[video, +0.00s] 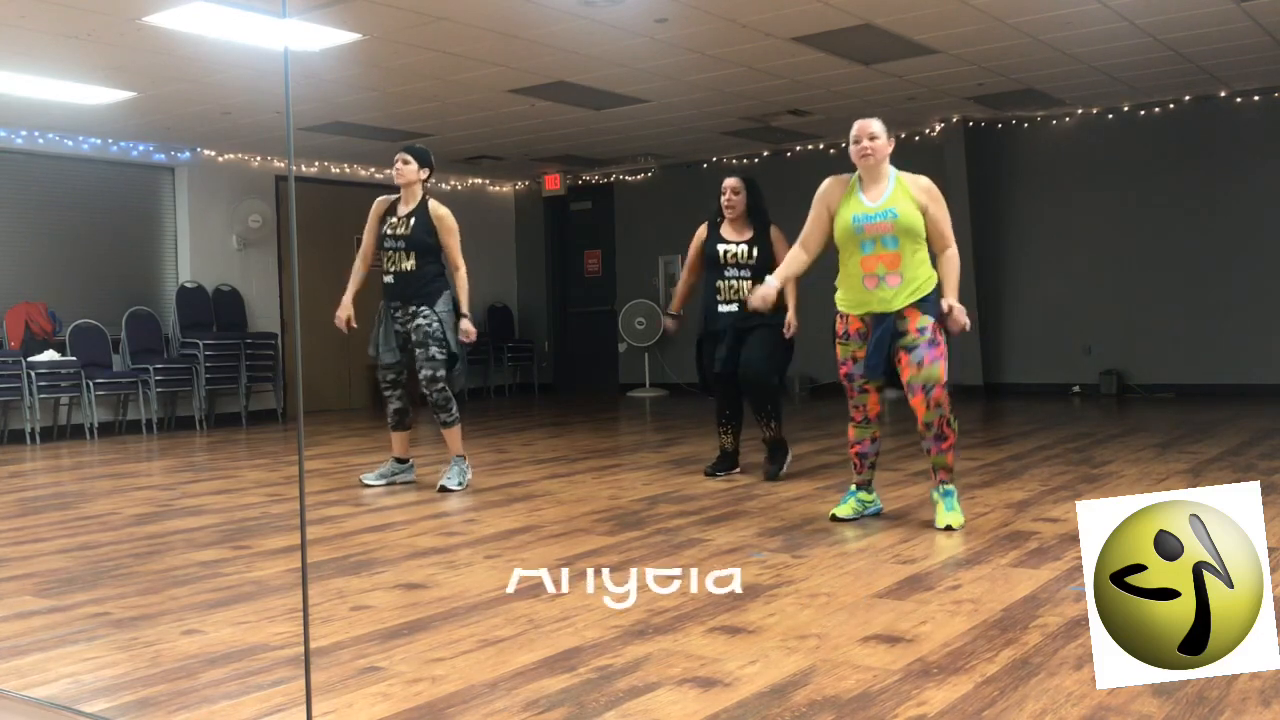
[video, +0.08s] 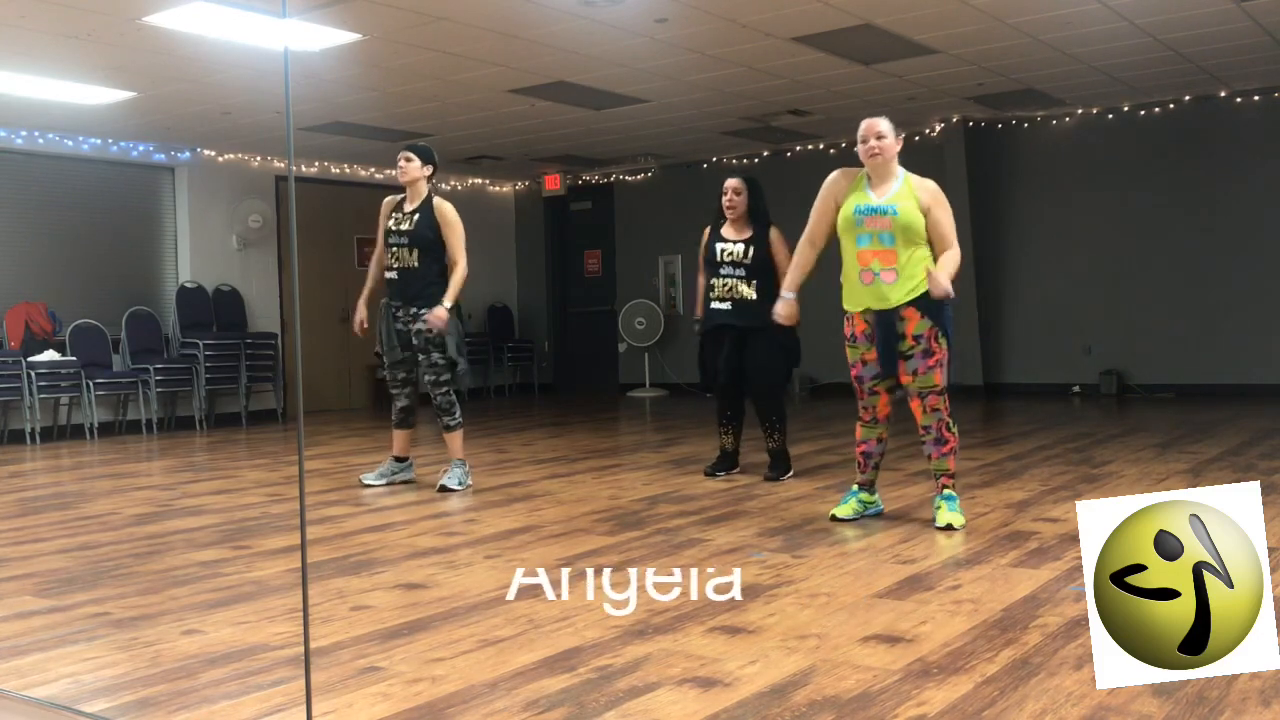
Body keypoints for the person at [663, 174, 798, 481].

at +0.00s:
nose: (728, 198)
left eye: (735, 192)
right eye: (724, 193)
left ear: (750, 197)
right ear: (719, 198)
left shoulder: (769, 233)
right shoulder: (706, 232)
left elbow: (788, 272)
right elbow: (688, 275)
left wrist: (791, 309)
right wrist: (673, 312)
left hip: (762, 326)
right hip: (721, 327)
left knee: (757, 381)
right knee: (724, 388)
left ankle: (776, 448)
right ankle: (727, 455)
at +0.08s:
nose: (729, 198)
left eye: (736, 193)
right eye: (725, 193)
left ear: (751, 198)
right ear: (720, 198)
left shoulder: (770, 234)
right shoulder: (711, 233)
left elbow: (787, 281)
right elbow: (703, 275)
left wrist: (786, 322)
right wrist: (699, 316)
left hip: (762, 330)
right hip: (722, 330)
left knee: (766, 393)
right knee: (726, 393)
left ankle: (779, 458)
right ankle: (728, 456)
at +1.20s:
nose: (730, 201)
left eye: (737, 196)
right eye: (725, 195)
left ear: (744, 202)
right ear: (714, 198)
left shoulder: (758, 232)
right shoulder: (694, 231)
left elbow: (775, 271)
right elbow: (664, 261)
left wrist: (779, 303)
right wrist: (645, 255)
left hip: (753, 328)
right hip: (709, 330)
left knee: (755, 387)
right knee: (716, 392)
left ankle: (766, 456)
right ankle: (725, 456)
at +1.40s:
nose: (725, 199)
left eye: (732, 194)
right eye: (720, 194)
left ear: (744, 199)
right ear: (713, 198)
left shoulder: (760, 234)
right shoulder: (697, 232)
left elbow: (778, 274)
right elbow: (672, 272)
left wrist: (770, 282)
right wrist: (656, 313)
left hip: (755, 325)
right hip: (711, 328)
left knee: (754, 381)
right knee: (718, 390)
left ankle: (771, 448)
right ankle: (725, 456)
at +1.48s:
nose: (722, 198)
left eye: (729, 193)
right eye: (718, 193)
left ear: (743, 198)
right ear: (712, 199)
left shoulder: (764, 236)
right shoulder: (699, 235)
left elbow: (782, 276)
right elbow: (690, 277)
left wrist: (772, 272)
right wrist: (689, 317)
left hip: (757, 330)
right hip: (715, 331)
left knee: (761, 392)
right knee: (720, 393)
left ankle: (774, 458)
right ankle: (725, 456)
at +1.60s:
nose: (721, 195)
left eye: (729, 190)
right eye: (718, 190)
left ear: (743, 195)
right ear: (713, 196)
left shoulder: (762, 230)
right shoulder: (706, 233)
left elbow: (788, 264)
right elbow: (710, 275)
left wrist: (773, 276)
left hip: (759, 329)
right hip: (717, 330)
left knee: (764, 392)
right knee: (717, 392)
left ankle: (775, 459)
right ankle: (724, 455)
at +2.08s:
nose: (721, 194)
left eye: (728, 189)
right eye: (717, 189)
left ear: (741, 196)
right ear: (712, 195)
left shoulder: (760, 231)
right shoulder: (699, 232)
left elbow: (790, 268)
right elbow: (677, 265)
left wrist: (785, 307)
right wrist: (653, 276)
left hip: (755, 328)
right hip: (712, 329)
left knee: (755, 387)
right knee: (717, 391)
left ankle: (772, 454)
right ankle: (723, 457)